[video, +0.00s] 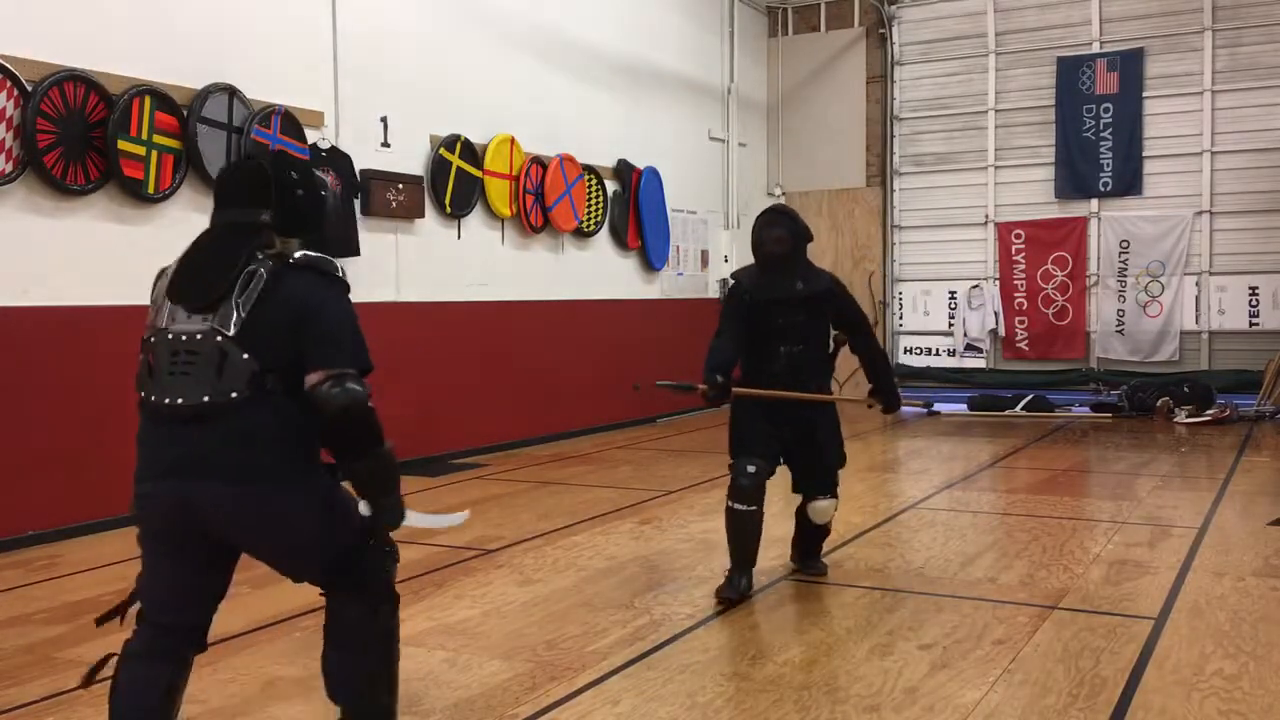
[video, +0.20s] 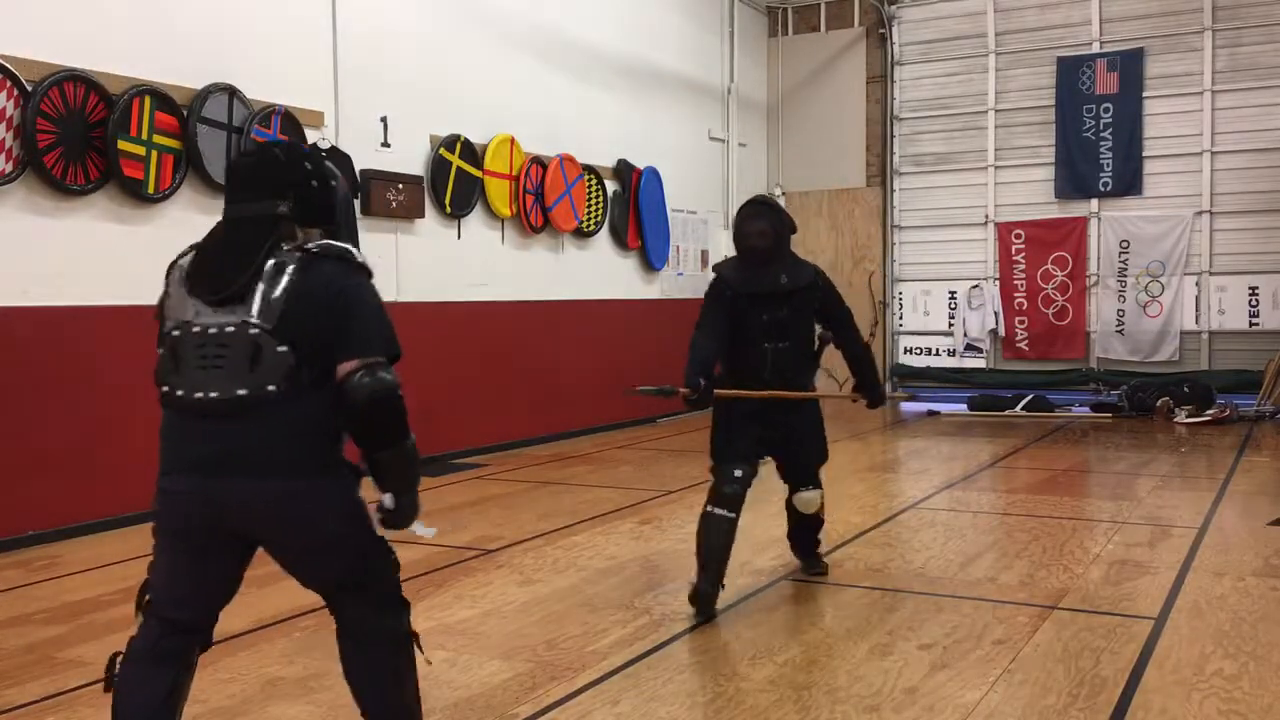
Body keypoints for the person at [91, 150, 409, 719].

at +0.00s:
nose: (318, 214)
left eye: (315, 202)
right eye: (311, 203)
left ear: (226, 213)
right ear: (289, 212)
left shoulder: (175, 278)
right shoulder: (306, 280)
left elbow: (158, 389)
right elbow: (339, 402)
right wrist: (382, 491)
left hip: (169, 486)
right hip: (266, 486)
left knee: (163, 633)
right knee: (361, 566)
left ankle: (134, 709)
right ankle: (367, 707)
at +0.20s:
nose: (331, 204)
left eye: (326, 193)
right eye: (323, 194)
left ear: (238, 202)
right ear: (303, 202)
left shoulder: (183, 274)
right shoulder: (329, 275)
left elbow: (173, 379)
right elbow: (371, 397)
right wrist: (399, 488)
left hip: (192, 486)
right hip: (297, 487)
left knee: (169, 629)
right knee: (367, 599)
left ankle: (137, 709)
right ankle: (393, 709)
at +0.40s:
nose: (379, 212)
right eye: (372, 202)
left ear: (280, 206)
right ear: (357, 206)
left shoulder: (229, 278)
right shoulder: (382, 273)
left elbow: (225, 379)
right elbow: (443, 387)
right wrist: (457, 470)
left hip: (256, 484)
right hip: (361, 483)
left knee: (202, 626)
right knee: (388, 616)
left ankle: (174, 708)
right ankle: (395, 709)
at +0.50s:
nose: (397, 211)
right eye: (390, 202)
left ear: (300, 206)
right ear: (372, 208)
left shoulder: (248, 279)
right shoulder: (401, 276)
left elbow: (240, 371)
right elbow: (460, 392)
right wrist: (478, 479)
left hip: (272, 488)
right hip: (378, 488)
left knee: (226, 628)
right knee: (396, 624)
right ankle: (397, 710)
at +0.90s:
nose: (436, 211)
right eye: (428, 201)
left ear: (332, 209)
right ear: (412, 207)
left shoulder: (278, 285)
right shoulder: (438, 282)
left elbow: (269, 398)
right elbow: (485, 412)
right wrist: (508, 514)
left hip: (306, 510)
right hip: (414, 503)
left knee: (284, 672)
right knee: (458, 585)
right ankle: (460, 708)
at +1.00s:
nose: (455, 211)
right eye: (447, 202)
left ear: (355, 207)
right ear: (431, 208)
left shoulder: (299, 285)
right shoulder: (458, 285)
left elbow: (291, 389)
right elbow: (507, 412)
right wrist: (527, 513)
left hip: (328, 512)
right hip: (438, 504)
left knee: (290, 671)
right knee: (492, 602)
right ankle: (528, 706)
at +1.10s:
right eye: (471, 206)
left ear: (381, 213)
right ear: (462, 212)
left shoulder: (332, 290)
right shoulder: (487, 290)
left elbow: (318, 379)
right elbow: (538, 414)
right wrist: (557, 512)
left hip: (360, 522)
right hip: (471, 519)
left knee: (306, 671)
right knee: (547, 634)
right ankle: (596, 709)